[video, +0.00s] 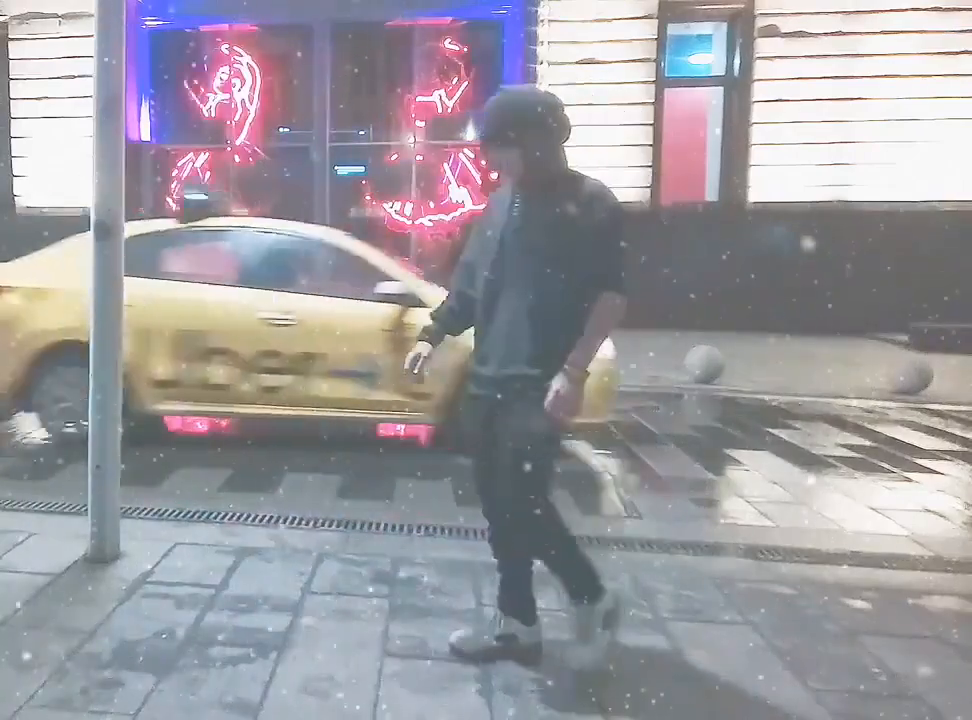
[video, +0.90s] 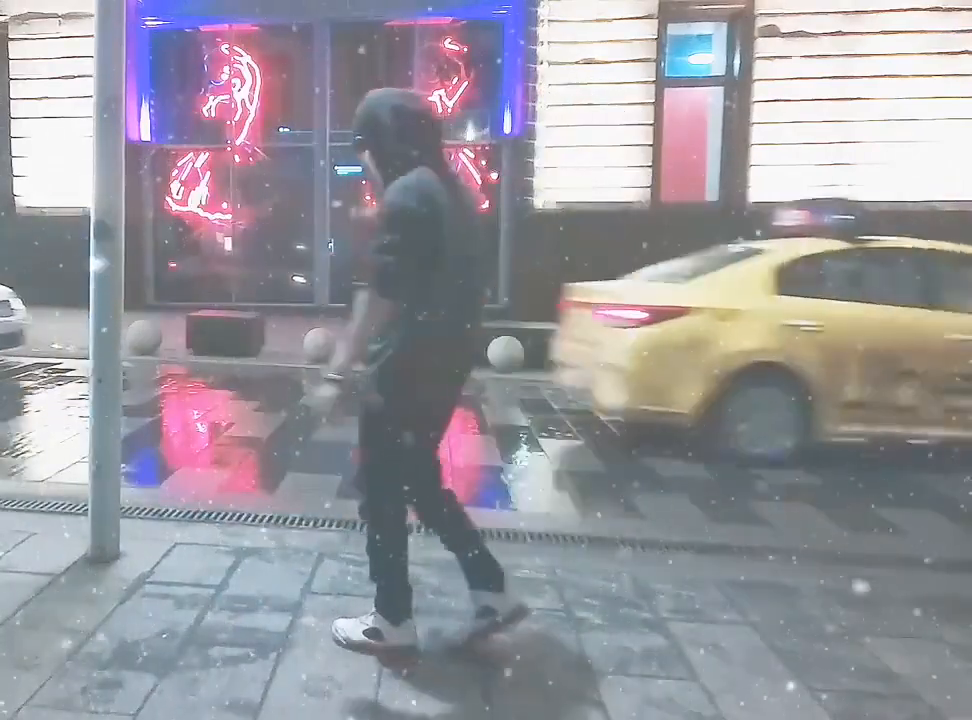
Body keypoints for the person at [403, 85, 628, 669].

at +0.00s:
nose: (494, 161)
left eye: (503, 148)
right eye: (491, 150)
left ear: (539, 143)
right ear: (499, 149)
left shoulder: (591, 205)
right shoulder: (502, 205)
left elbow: (612, 296)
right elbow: (472, 284)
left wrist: (573, 374)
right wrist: (432, 337)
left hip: (541, 384)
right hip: (490, 379)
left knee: (524, 501)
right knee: (499, 501)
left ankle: (592, 601)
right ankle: (517, 627)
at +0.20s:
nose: (476, 167)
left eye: (482, 154)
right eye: (473, 156)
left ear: (517, 147)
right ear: (485, 153)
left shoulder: (569, 205)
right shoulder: (494, 201)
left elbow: (594, 292)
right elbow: (475, 284)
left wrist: (580, 376)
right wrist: (439, 347)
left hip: (522, 374)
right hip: (482, 370)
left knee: (472, 494)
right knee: (499, 496)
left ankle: (521, 631)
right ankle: (508, 620)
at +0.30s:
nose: (457, 172)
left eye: (462, 158)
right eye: (453, 160)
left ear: (496, 150)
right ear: (478, 154)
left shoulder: (548, 206)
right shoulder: (488, 205)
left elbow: (579, 290)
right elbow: (482, 294)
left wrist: (577, 376)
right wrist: (464, 367)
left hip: (506, 376)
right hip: (473, 373)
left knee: (448, 492)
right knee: (502, 495)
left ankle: (450, 633)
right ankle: (517, 623)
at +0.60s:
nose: (410, 171)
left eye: (411, 157)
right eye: (405, 159)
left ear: (439, 149)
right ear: (449, 148)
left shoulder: (482, 201)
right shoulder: (467, 200)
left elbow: (509, 292)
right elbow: (466, 295)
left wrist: (503, 376)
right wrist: (431, 371)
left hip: (458, 372)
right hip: (452, 369)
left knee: (407, 490)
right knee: (486, 490)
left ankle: (395, 620)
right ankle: (516, 612)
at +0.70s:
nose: (384, 171)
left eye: (386, 157)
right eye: (381, 159)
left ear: (415, 147)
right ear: (426, 145)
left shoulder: (454, 205)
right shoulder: (453, 199)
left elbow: (468, 300)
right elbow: (458, 301)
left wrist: (457, 382)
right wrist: (416, 371)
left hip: (434, 381)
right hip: (450, 377)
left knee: (391, 490)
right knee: (471, 492)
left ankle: (394, 621)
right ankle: (514, 614)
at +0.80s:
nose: (370, 166)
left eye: (375, 153)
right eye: (370, 154)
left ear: (406, 148)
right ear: (420, 145)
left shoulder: (438, 202)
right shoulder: (453, 196)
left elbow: (440, 303)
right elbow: (453, 302)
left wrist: (415, 383)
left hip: (426, 379)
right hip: (451, 376)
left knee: (385, 494)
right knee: (460, 494)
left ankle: (394, 622)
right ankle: (511, 613)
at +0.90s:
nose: (362, 159)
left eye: (365, 146)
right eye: (361, 147)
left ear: (389, 142)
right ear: (417, 138)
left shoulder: (408, 196)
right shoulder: (451, 190)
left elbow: (384, 291)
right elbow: (458, 290)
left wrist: (346, 358)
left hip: (409, 357)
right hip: (448, 355)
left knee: (379, 485)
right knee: (422, 480)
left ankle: (392, 620)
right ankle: (494, 594)